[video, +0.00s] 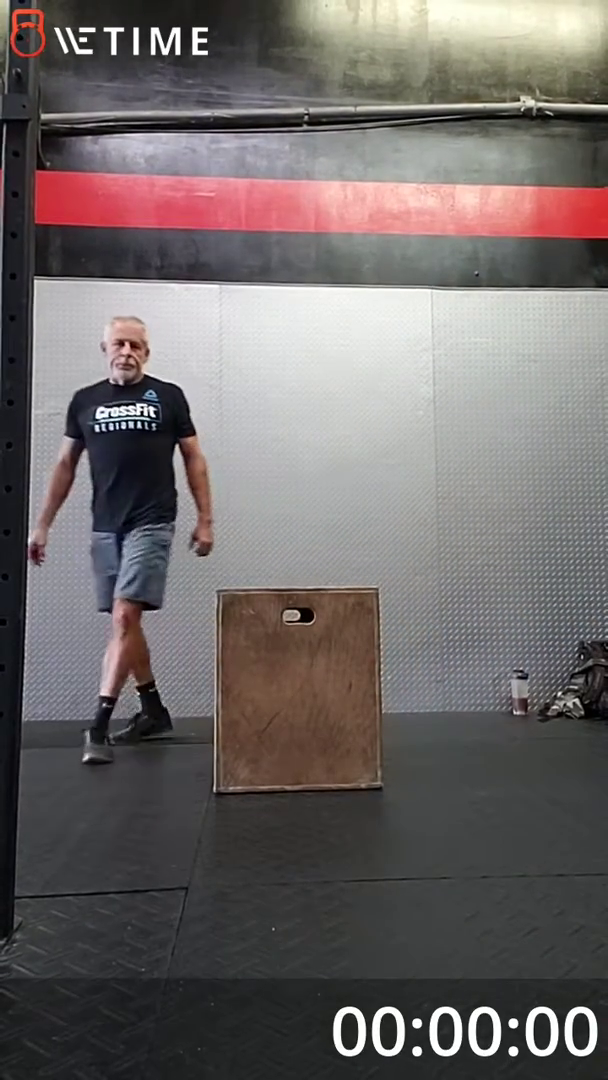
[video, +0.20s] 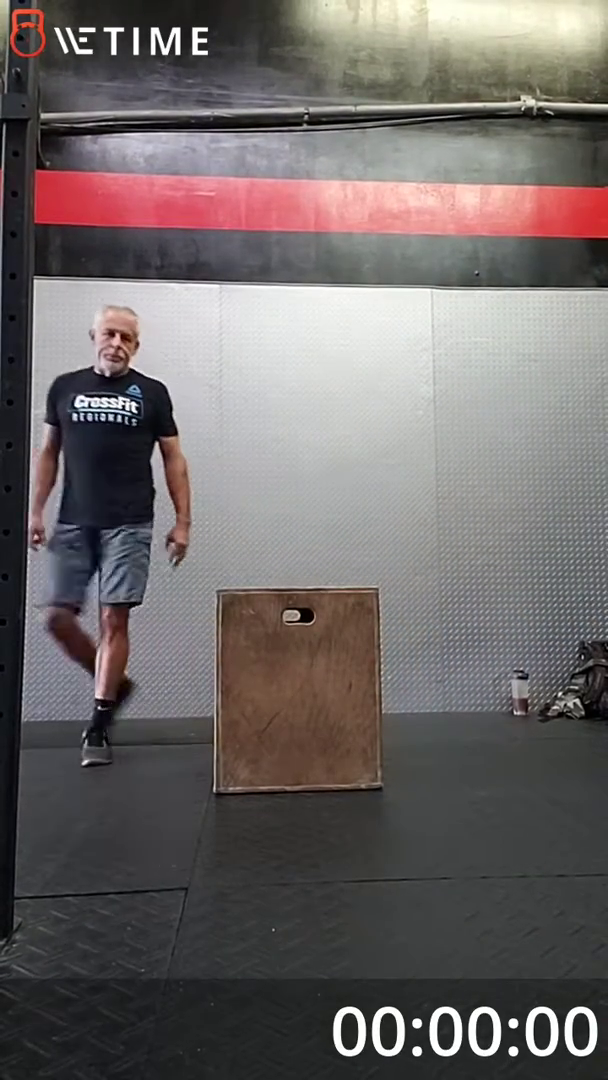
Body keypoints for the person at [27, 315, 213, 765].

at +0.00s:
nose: (127, 352)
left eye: (135, 345)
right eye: (119, 344)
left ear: (146, 352)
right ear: (105, 350)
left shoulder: (168, 397)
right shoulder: (84, 401)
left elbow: (193, 458)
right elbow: (66, 465)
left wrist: (205, 519)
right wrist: (42, 526)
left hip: (152, 521)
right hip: (106, 525)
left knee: (125, 613)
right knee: (123, 619)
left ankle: (98, 726)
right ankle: (153, 709)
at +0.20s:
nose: (117, 343)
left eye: (125, 337)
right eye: (109, 335)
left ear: (135, 345)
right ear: (94, 339)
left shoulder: (152, 393)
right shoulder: (65, 388)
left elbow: (173, 459)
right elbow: (49, 452)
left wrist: (183, 521)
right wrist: (37, 511)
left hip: (128, 524)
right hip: (73, 522)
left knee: (114, 618)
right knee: (58, 619)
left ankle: (97, 728)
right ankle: (114, 684)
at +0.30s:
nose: (108, 339)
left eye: (117, 333)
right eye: (101, 330)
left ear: (126, 341)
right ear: (85, 333)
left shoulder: (143, 389)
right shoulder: (52, 382)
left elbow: (164, 454)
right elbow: (35, 447)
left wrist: (174, 511)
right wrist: (27, 504)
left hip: (120, 523)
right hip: (61, 519)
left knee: (112, 619)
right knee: (34, 612)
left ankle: (98, 727)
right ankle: (68, 693)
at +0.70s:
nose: (50, 316)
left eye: (58, 309)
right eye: (41, 306)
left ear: (67, 317)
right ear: (26, 311)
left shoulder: (80, 374)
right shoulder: (12, 362)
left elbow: (101, 442)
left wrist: (124, 503)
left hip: (65, 509)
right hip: (16, 509)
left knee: (80, 616)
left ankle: (91, 725)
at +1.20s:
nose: (16, 295)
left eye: (20, 288)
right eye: (12, 289)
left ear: (24, 301)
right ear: (3, 302)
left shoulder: (39, 360)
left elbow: (60, 430)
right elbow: (61, 431)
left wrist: (84, 493)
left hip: (30, 510)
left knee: (39, 617)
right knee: (16, 621)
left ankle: (28, 732)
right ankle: (17, 734)